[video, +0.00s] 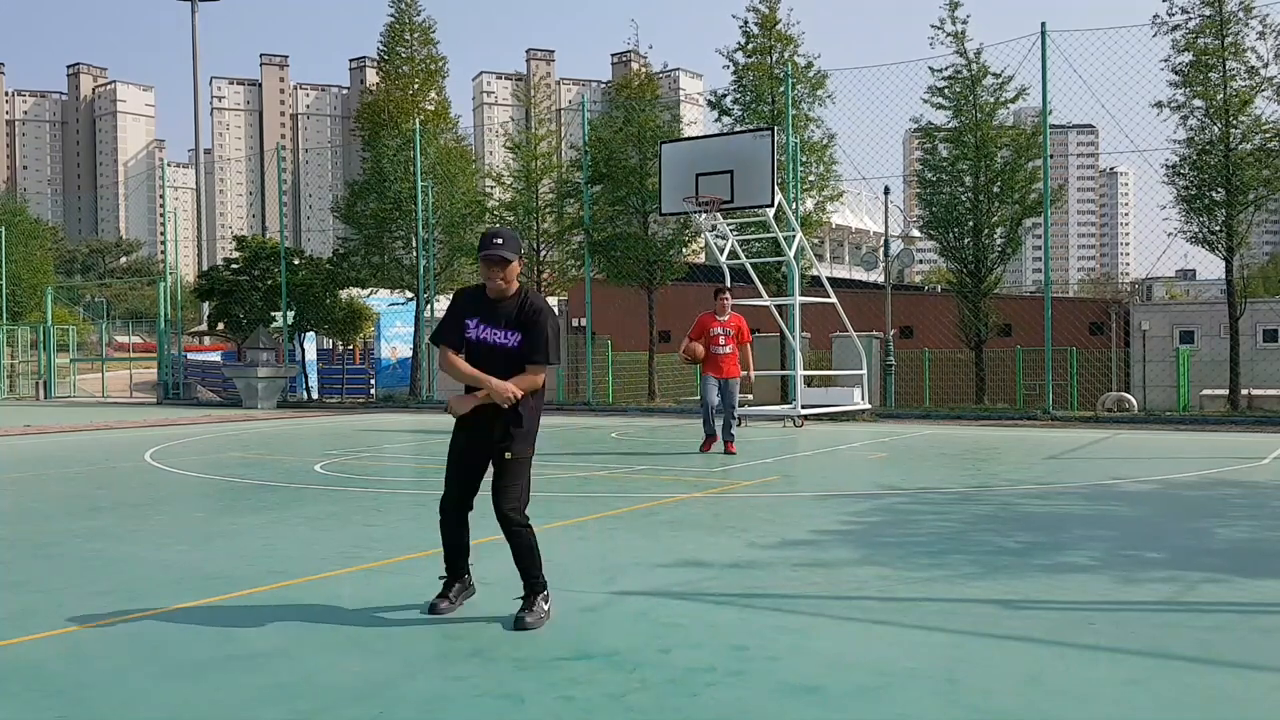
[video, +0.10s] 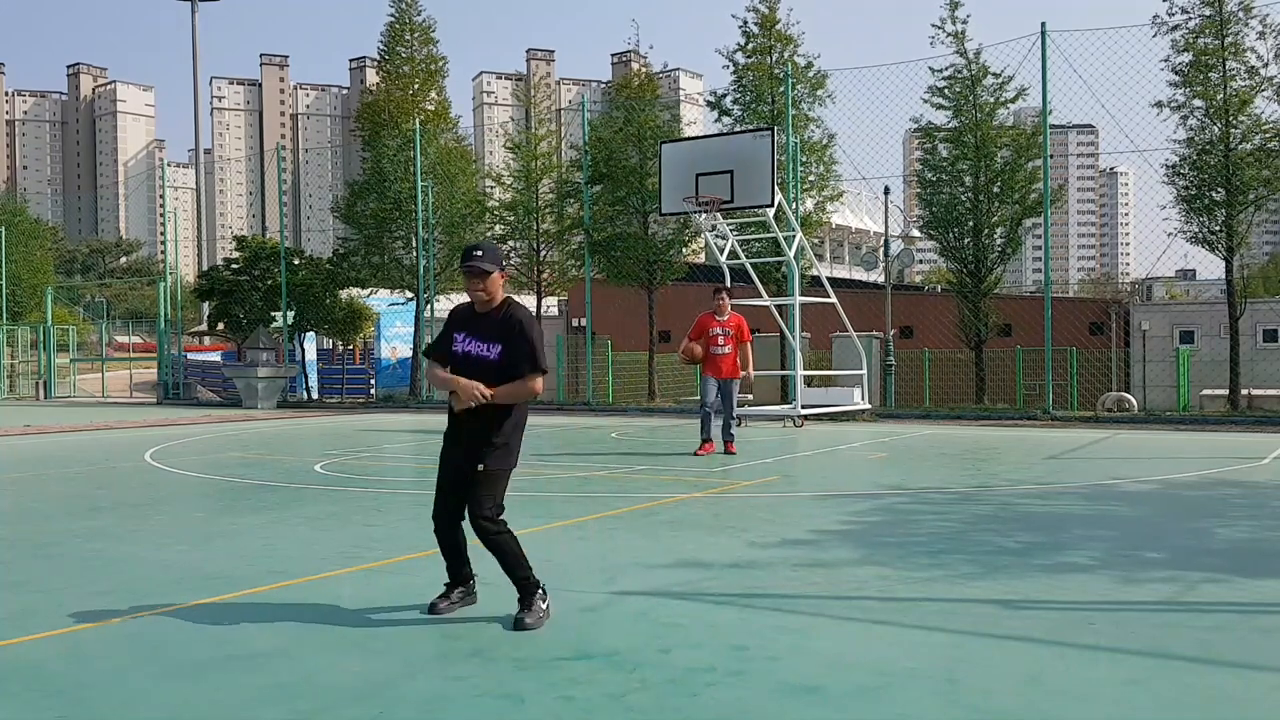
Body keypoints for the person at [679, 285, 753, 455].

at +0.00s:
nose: (725, 302)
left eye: (727, 299)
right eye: (722, 299)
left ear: (731, 301)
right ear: (716, 301)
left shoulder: (739, 320)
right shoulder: (704, 319)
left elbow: (745, 345)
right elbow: (689, 338)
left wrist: (750, 369)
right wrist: (681, 352)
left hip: (732, 371)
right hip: (710, 371)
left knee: (731, 408)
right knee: (709, 402)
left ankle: (729, 440)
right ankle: (710, 435)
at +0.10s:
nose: (720, 302)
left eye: (723, 299)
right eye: (717, 299)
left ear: (729, 301)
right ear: (713, 302)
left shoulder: (739, 320)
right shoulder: (704, 319)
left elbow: (746, 344)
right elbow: (689, 338)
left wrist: (749, 367)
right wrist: (680, 351)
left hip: (731, 372)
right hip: (710, 371)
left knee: (730, 410)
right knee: (707, 405)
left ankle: (729, 442)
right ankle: (707, 442)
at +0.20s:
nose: (714, 303)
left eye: (717, 300)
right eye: (712, 300)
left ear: (726, 302)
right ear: (710, 302)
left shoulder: (737, 321)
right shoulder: (703, 320)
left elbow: (745, 343)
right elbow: (690, 339)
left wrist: (746, 364)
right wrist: (681, 352)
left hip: (730, 372)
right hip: (709, 371)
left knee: (730, 411)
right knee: (707, 407)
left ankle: (729, 441)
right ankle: (703, 441)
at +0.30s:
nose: (705, 303)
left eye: (709, 300)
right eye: (705, 300)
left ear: (720, 302)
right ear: (710, 303)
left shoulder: (734, 321)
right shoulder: (701, 321)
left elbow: (743, 344)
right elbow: (690, 341)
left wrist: (740, 361)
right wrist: (681, 355)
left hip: (728, 372)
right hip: (707, 372)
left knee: (729, 411)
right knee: (706, 408)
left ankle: (729, 442)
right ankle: (703, 442)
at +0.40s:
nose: (699, 305)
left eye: (702, 302)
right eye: (699, 302)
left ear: (712, 303)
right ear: (706, 303)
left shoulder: (729, 321)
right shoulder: (698, 322)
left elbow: (738, 344)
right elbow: (690, 344)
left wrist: (731, 362)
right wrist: (682, 356)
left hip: (724, 373)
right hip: (704, 372)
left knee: (726, 411)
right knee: (703, 409)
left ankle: (728, 442)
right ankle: (703, 444)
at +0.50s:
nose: (693, 305)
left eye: (695, 301)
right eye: (693, 301)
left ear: (704, 303)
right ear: (701, 303)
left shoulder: (723, 320)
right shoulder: (694, 323)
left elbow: (731, 343)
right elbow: (690, 347)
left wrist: (721, 362)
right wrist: (683, 361)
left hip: (719, 371)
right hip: (699, 372)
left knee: (724, 409)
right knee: (699, 409)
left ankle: (728, 441)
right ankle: (702, 445)